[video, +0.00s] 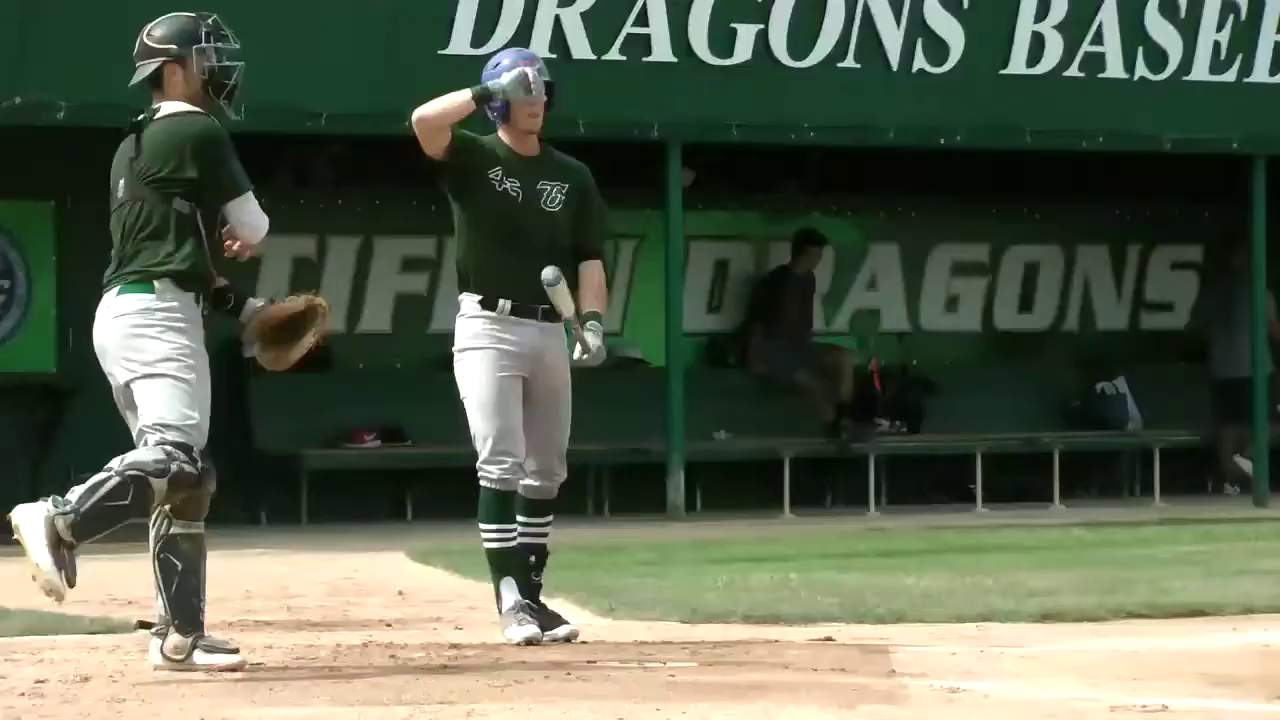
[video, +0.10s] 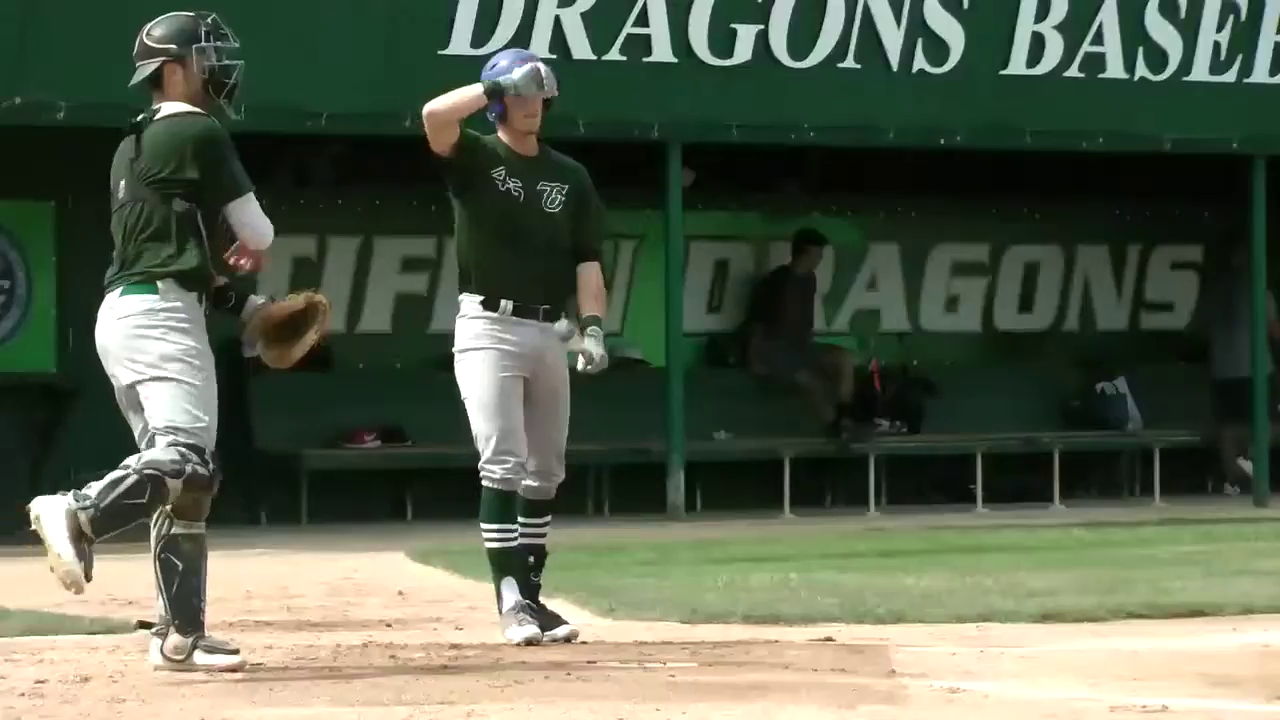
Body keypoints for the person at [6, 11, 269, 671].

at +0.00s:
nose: (218, 69)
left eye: (215, 58)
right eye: (207, 59)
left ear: (161, 73)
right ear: (176, 67)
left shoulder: (129, 147)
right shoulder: (200, 128)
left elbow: (168, 255)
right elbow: (253, 229)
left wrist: (243, 307)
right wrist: (225, 245)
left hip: (120, 313)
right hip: (158, 308)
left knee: (187, 477)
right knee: (175, 453)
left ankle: (181, 633)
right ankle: (58, 520)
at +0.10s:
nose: (218, 65)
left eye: (215, 54)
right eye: (204, 56)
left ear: (167, 73)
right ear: (172, 67)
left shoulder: (128, 147)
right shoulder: (201, 129)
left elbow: (161, 250)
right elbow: (258, 237)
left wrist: (244, 299)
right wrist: (233, 256)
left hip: (121, 312)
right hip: (162, 309)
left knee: (185, 477)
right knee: (185, 458)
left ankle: (181, 633)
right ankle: (76, 516)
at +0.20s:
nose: (216, 63)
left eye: (211, 52)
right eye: (202, 53)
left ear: (162, 71)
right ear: (169, 65)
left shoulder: (130, 145)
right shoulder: (197, 132)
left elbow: (166, 251)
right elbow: (244, 233)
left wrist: (241, 300)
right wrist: (289, 284)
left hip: (125, 314)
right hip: (168, 312)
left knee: (181, 474)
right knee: (214, 459)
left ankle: (181, 633)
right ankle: (132, 507)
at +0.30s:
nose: (213, 72)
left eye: (210, 59)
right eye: (201, 61)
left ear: (155, 72)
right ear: (168, 67)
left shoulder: (135, 141)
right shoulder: (187, 132)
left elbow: (170, 262)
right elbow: (229, 241)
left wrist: (240, 335)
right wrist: (296, 308)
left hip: (129, 319)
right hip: (171, 315)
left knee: (187, 476)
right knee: (240, 458)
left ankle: (181, 632)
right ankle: (162, 524)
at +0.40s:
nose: (208, 69)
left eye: (206, 58)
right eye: (196, 59)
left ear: (150, 72)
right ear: (162, 67)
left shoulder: (128, 144)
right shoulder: (183, 133)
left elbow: (145, 243)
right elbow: (218, 236)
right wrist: (264, 319)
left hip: (128, 322)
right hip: (176, 318)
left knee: (185, 473)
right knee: (251, 458)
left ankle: (179, 633)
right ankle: (163, 556)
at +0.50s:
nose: (200, 62)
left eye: (196, 52)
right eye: (187, 52)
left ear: (149, 70)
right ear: (154, 64)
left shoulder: (131, 142)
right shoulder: (174, 132)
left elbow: (139, 258)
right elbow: (189, 229)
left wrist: (143, 378)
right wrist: (220, 312)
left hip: (137, 322)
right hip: (174, 319)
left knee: (191, 477)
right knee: (243, 464)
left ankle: (183, 633)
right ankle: (145, 573)